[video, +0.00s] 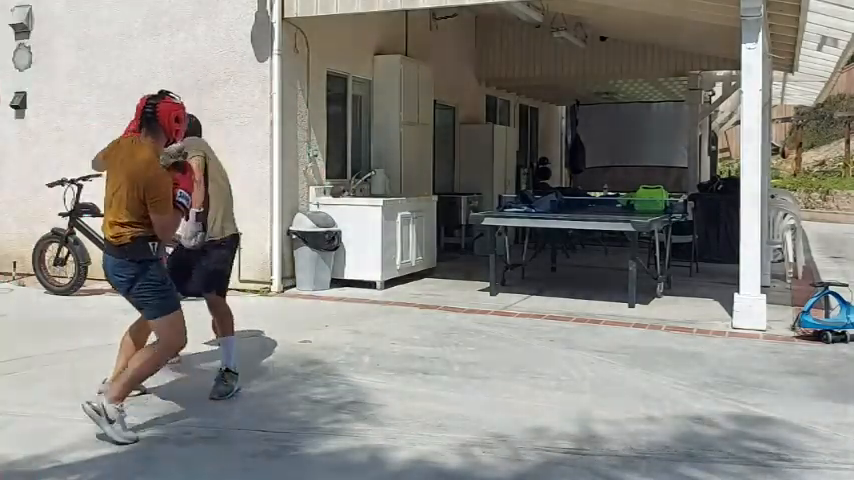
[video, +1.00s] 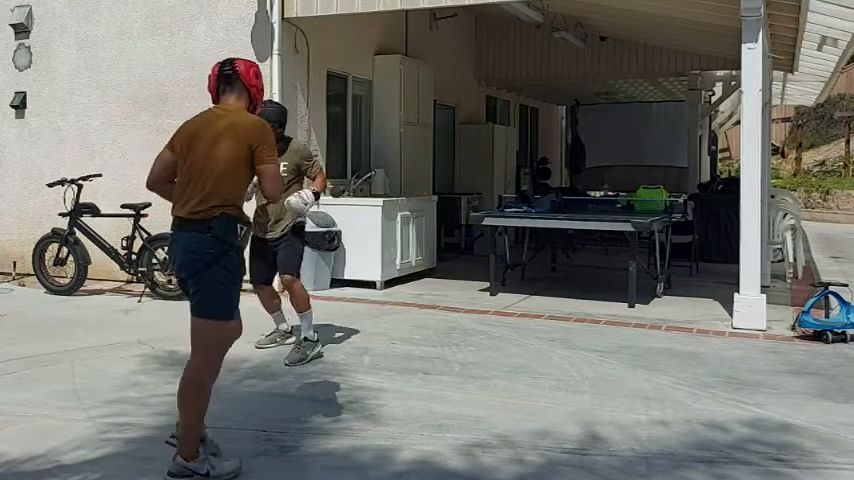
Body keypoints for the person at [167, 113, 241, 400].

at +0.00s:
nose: (167, 138)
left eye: (171, 132)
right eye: (168, 133)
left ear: (181, 131)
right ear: (195, 131)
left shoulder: (193, 144)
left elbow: (199, 180)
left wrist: (193, 220)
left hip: (219, 236)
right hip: (194, 237)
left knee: (215, 299)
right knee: (164, 293)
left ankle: (229, 370)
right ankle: (169, 347)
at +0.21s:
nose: (190, 130)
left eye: (196, 123)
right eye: (186, 126)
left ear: (209, 124)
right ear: (184, 131)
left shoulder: (218, 142)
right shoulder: (199, 160)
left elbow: (224, 181)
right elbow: (186, 195)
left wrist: (209, 216)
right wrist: (184, 181)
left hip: (229, 231)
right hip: (205, 231)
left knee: (224, 294)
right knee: (174, 287)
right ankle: (167, 347)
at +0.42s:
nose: (227, 137)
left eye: (233, 131)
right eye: (223, 132)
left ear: (247, 132)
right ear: (219, 135)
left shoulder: (261, 161)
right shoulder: (226, 166)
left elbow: (266, 204)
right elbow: (228, 208)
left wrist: (233, 223)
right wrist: (206, 198)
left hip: (253, 245)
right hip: (223, 241)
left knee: (259, 306)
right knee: (189, 288)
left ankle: (303, 339)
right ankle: (169, 347)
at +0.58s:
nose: (251, 125)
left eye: (258, 120)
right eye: (248, 120)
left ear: (270, 125)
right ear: (242, 124)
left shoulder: (284, 157)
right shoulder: (241, 158)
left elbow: (298, 197)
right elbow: (249, 195)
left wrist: (271, 216)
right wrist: (230, 195)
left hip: (276, 236)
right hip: (247, 234)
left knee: (275, 296)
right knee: (216, 280)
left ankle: (306, 341)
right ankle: (192, 340)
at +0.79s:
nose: (267, 126)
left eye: (273, 121)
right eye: (262, 121)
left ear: (282, 123)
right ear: (254, 122)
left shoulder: (295, 148)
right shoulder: (248, 152)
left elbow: (321, 178)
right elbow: (246, 188)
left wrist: (301, 197)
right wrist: (239, 184)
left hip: (284, 230)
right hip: (257, 230)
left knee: (283, 286)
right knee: (249, 283)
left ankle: (307, 341)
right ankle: (278, 323)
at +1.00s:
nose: (264, 130)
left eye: (269, 126)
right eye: (262, 126)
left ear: (279, 128)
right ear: (259, 125)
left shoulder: (298, 150)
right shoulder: (256, 150)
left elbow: (321, 178)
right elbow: (244, 184)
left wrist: (309, 194)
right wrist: (249, 188)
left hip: (289, 227)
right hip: (262, 228)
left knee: (288, 279)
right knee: (260, 284)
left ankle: (309, 337)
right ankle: (282, 328)